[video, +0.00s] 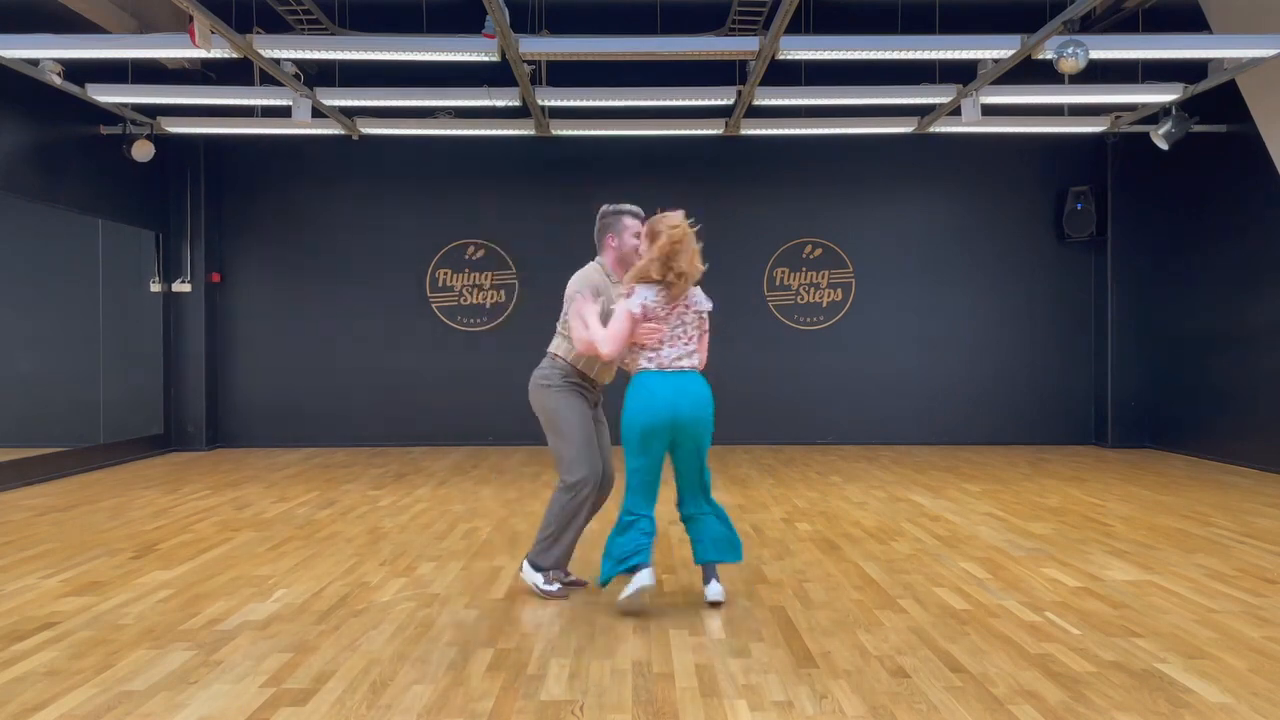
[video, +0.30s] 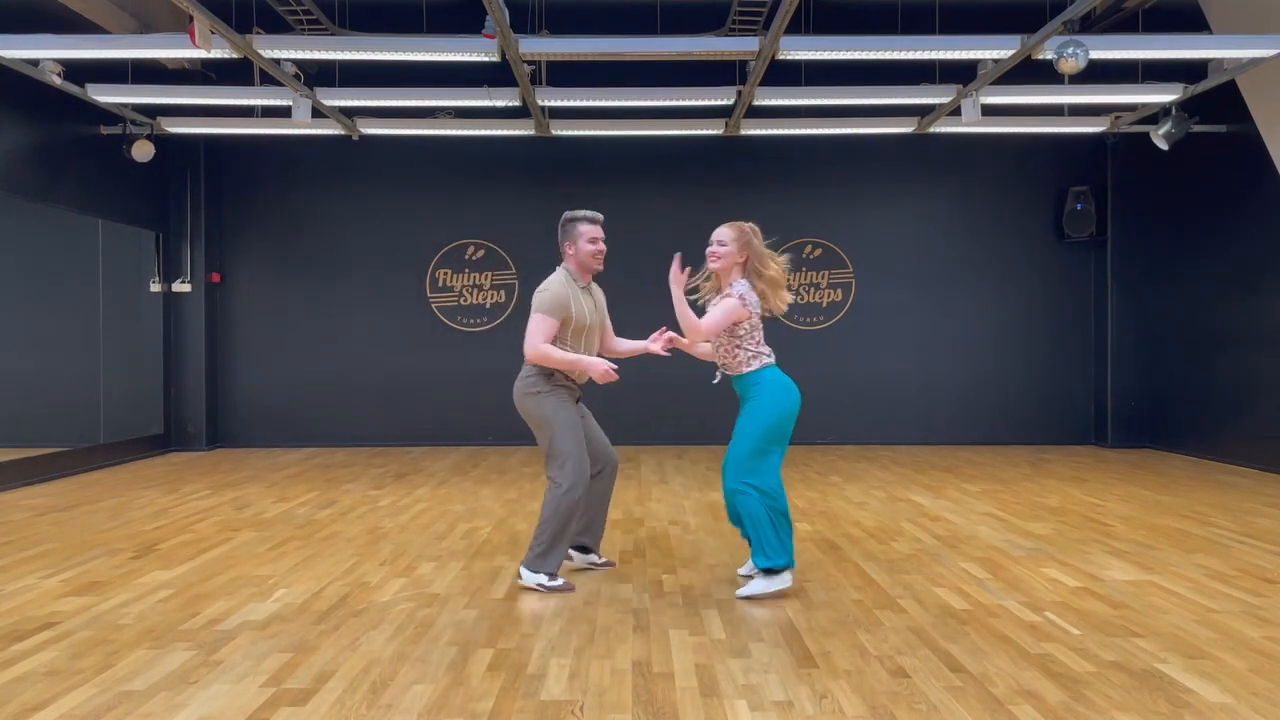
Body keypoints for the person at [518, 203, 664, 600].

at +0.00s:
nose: (644, 245)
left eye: (644, 237)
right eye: (636, 237)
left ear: (625, 242)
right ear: (612, 241)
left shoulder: (630, 290)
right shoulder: (586, 280)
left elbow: (630, 356)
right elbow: (586, 342)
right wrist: (626, 338)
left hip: (589, 390)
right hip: (558, 381)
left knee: (602, 478)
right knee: (582, 474)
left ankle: (553, 563)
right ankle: (538, 564)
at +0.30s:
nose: (602, 248)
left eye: (603, 241)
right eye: (593, 242)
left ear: (602, 245)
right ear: (569, 248)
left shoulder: (595, 293)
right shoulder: (554, 290)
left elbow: (608, 345)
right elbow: (534, 348)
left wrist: (648, 344)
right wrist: (585, 363)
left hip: (567, 391)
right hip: (541, 388)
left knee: (603, 461)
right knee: (572, 472)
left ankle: (582, 548)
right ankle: (536, 567)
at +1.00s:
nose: (549, 252)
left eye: (554, 244)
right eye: (540, 245)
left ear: (562, 248)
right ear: (527, 251)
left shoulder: (571, 288)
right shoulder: (512, 281)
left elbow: (602, 326)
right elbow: (484, 325)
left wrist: (646, 329)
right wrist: (523, 347)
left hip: (524, 378)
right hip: (489, 373)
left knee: (563, 433)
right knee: (518, 446)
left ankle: (540, 511)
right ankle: (490, 523)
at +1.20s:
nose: (573, 255)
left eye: (577, 248)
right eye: (565, 248)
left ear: (580, 253)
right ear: (546, 252)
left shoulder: (574, 297)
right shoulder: (534, 289)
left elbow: (590, 339)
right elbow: (519, 342)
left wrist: (626, 348)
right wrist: (570, 340)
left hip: (542, 384)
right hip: (519, 379)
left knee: (561, 451)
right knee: (540, 457)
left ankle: (525, 519)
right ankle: (480, 525)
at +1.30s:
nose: (593, 251)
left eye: (595, 246)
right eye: (586, 244)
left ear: (594, 250)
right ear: (564, 247)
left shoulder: (579, 290)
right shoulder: (558, 279)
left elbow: (587, 338)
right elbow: (564, 332)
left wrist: (622, 349)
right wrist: (605, 321)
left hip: (545, 374)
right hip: (539, 374)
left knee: (563, 440)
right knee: (593, 438)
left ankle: (540, 507)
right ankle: (541, 500)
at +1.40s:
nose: (611, 259)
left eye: (611, 253)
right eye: (604, 252)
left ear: (587, 257)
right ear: (583, 255)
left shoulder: (576, 286)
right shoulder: (581, 285)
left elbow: (586, 349)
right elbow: (615, 329)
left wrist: (623, 353)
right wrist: (641, 319)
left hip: (551, 382)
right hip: (567, 385)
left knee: (565, 457)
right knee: (630, 436)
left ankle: (542, 526)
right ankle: (622, 510)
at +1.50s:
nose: (623, 256)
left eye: (622, 251)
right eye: (622, 251)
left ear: (590, 254)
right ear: (618, 252)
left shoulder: (579, 290)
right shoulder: (621, 284)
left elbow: (592, 337)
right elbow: (662, 322)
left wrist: (633, 342)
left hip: (576, 379)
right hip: (611, 382)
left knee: (575, 454)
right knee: (649, 450)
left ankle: (548, 519)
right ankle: (641, 520)